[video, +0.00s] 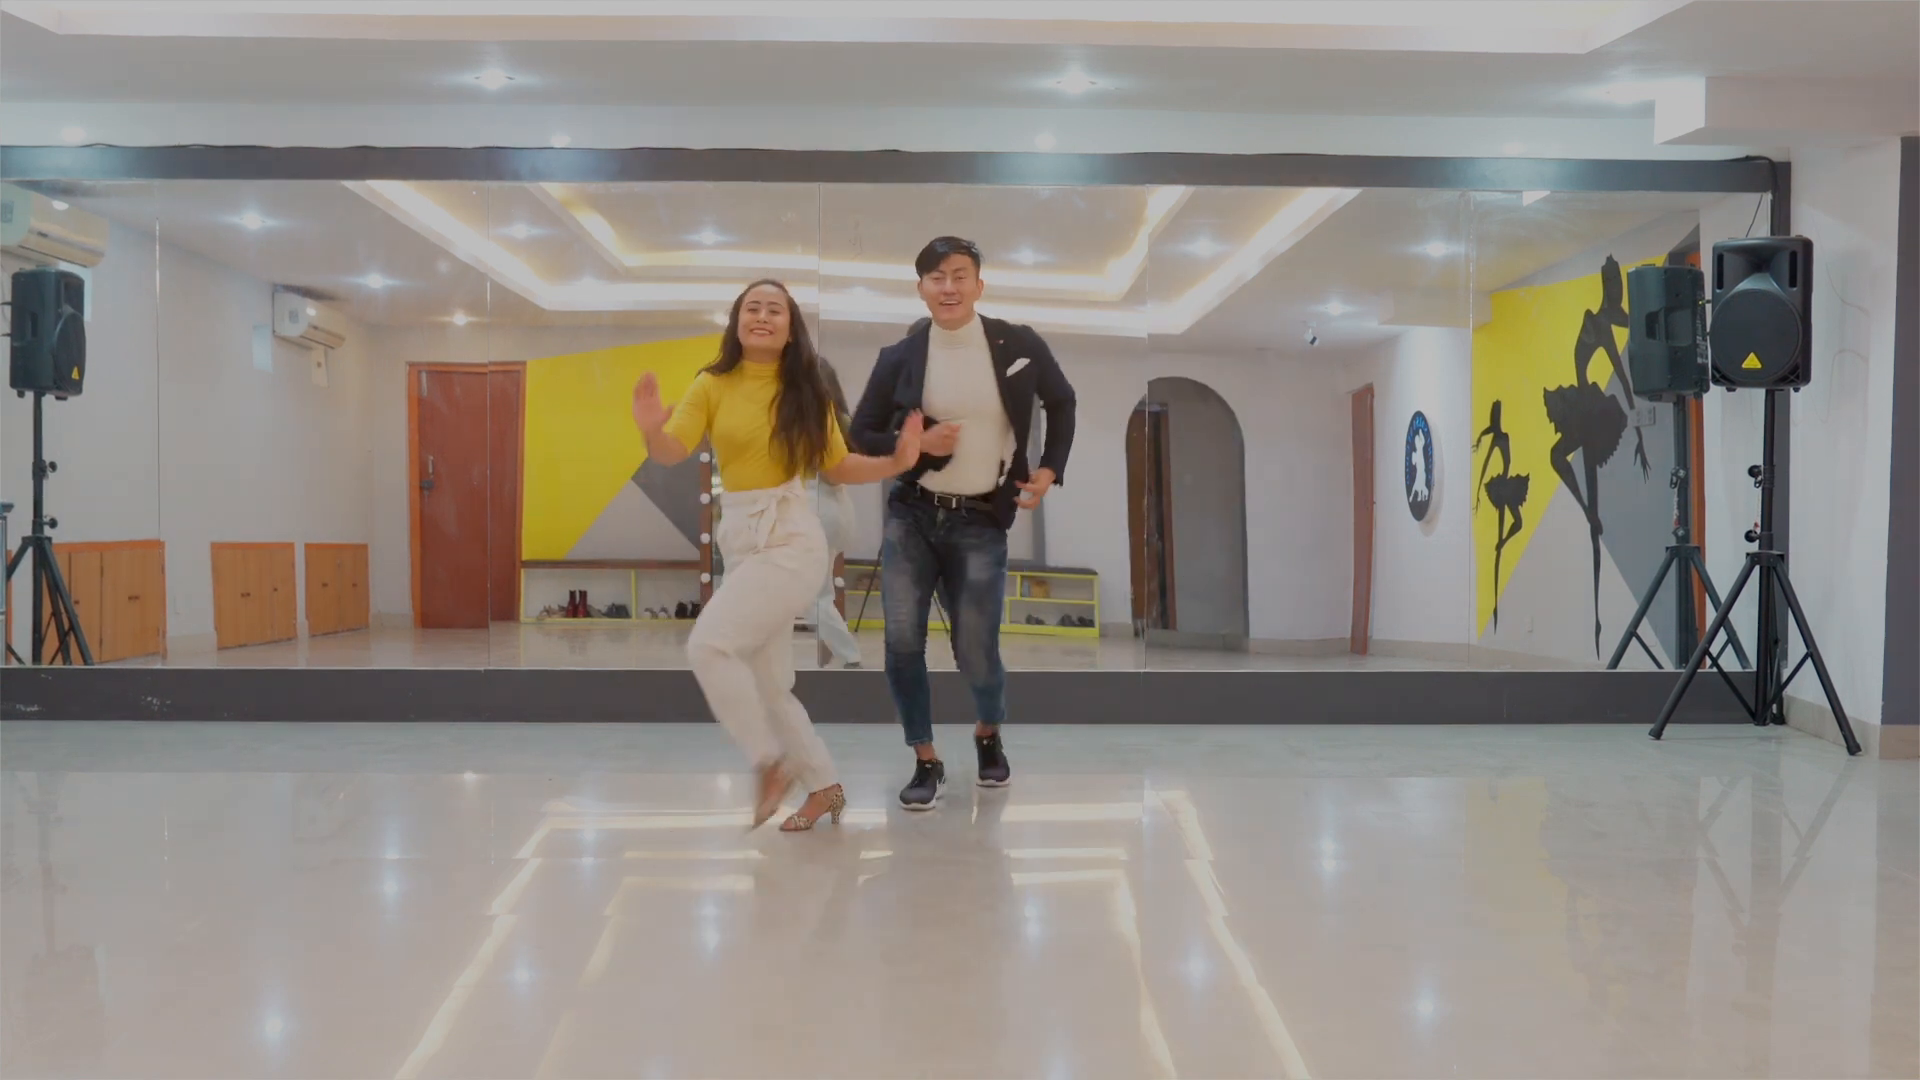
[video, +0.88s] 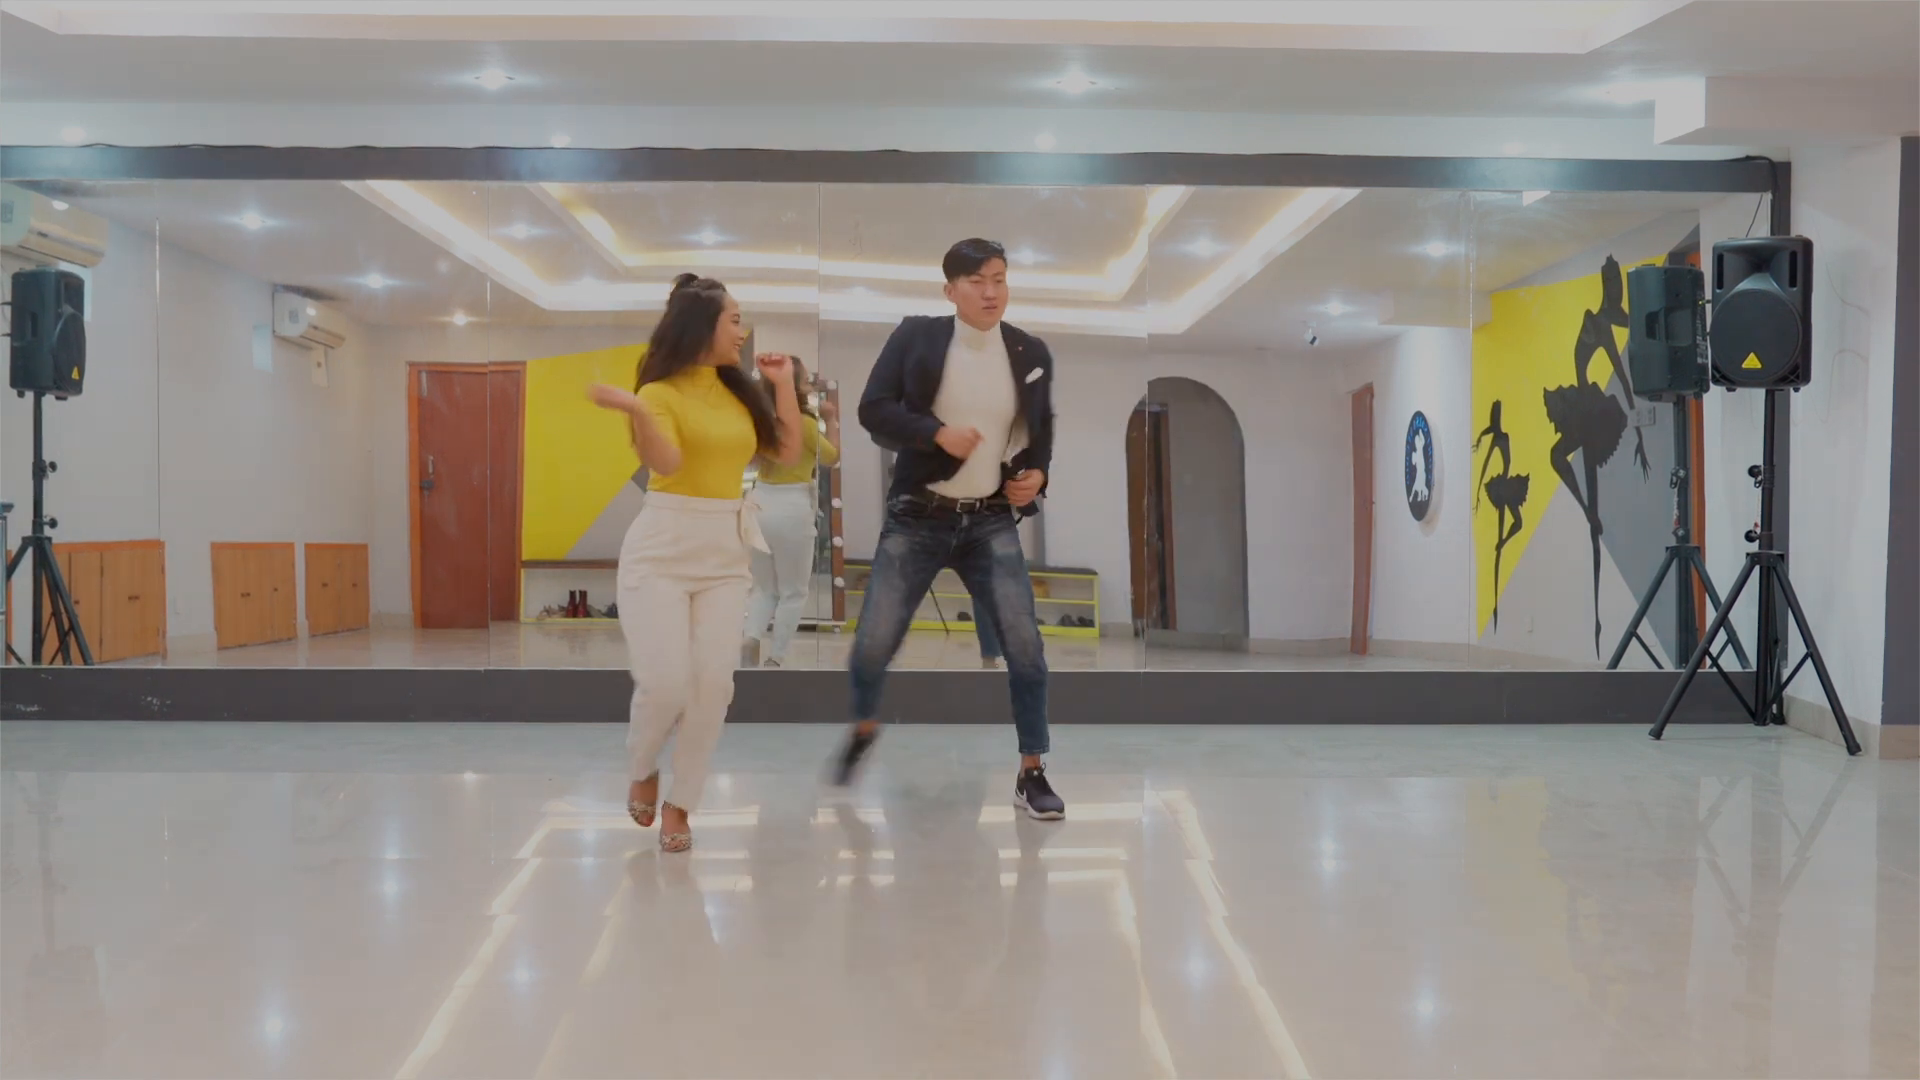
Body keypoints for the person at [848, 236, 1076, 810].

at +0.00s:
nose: (948, 288)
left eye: (959, 276)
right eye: (937, 277)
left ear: (979, 284)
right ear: (920, 286)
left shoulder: (1017, 346)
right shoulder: (899, 358)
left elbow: (1062, 401)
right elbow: (860, 437)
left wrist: (1050, 469)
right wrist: (916, 443)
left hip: (982, 518)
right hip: (911, 513)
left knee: (975, 648)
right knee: (900, 639)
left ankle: (989, 734)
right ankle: (926, 760)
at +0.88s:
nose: (991, 292)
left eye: (998, 281)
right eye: (977, 281)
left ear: (1008, 285)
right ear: (951, 288)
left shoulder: (1030, 354)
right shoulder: (915, 336)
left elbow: (1042, 430)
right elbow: (873, 409)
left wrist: (1035, 473)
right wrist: (934, 433)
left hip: (992, 520)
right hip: (917, 515)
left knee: (1025, 644)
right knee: (872, 643)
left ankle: (1032, 769)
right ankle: (864, 727)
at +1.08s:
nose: (987, 303)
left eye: (995, 293)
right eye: (974, 291)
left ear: (1002, 299)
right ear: (945, 296)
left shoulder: (997, 371)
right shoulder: (925, 361)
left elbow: (1002, 449)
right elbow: (886, 444)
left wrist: (1031, 468)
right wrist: (935, 512)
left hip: (980, 532)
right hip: (908, 534)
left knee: (1047, 636)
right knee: (845, 657)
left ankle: (1032, 771)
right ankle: (780, 763)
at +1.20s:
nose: (964, 301)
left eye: (974, 290)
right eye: (951, 289)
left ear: (984, 295)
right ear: (926, 294)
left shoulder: (1002, 351)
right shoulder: (891, 361)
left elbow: (1034, 417)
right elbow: (852, 446)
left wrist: (1027, 471)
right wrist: (917, 490)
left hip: (983, 537)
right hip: (901, 538)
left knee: (1045, 651)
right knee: (829, 653)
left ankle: (1053, 763)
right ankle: (771, 757)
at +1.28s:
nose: (952, 303)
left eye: (963, 292)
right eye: (939, 291)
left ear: (976, 299)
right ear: (918, 298)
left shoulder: (1008, 366)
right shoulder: (885, 373)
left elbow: (1059, 433)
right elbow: (849, 454)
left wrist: (1025, 492)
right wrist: (894, 484)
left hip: (982, 542)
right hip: (901, 539)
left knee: (1029, 661)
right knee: (820, 639)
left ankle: (1058, 763)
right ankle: (777, 757)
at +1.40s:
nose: (911, 311)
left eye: (926, 301)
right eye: (906, 300)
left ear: (957, 310)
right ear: (898, 309)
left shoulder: (976, 375)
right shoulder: (897, 379)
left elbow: (1033, 443)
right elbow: (874, 437)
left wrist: (982, 503)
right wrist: (873, 473)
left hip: (967, 549)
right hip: (899, 545)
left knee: (1010, 667)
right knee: (802, 627)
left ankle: (1059, 763)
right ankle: (806, 770)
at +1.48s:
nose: (886, 311)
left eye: (901, 300)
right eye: (885, 300)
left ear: (936, 310)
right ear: (886, 306)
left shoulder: (952, 368)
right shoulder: (893, 375)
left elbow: (982, 427)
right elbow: (881, 448)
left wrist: (925, 485)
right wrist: (862, 485)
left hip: (949, 551)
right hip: (887, 549)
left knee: (1000, 666)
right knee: (793, 631)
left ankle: (1063, 760)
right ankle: (813, 772)